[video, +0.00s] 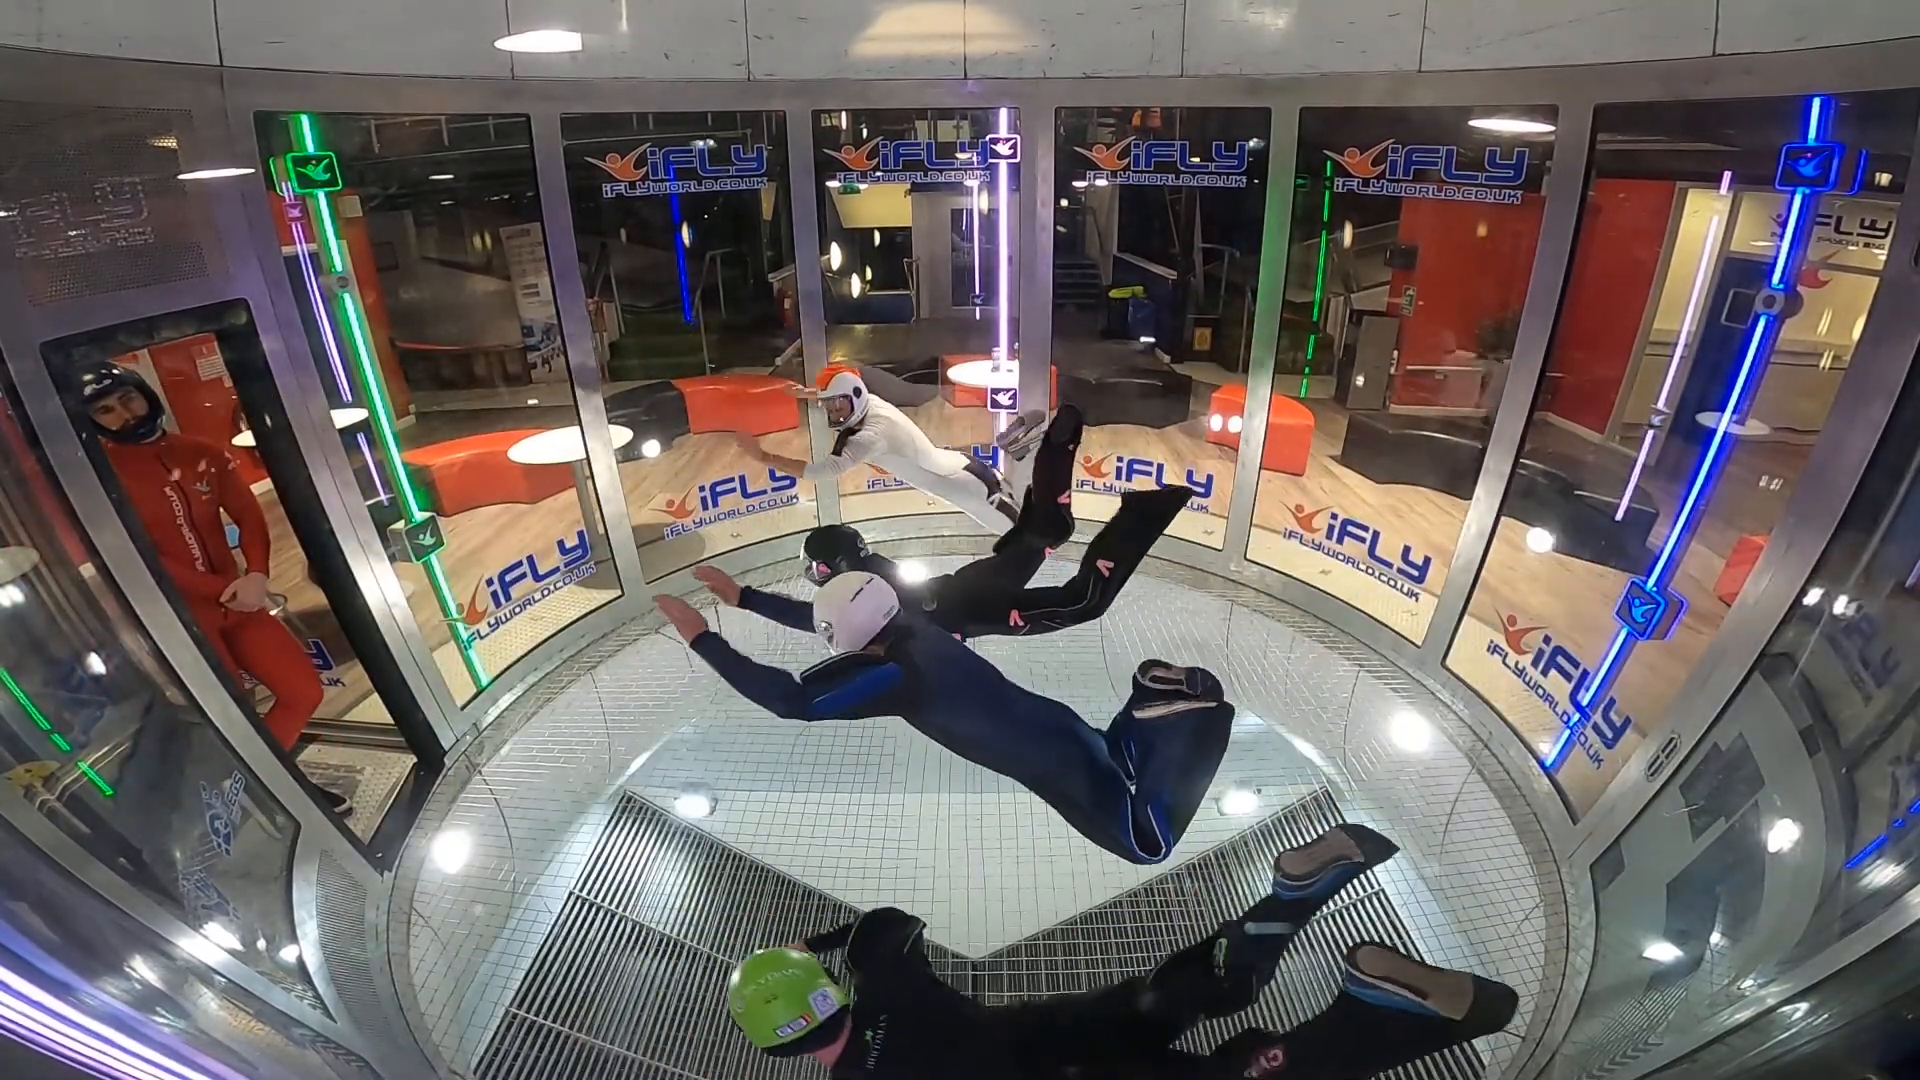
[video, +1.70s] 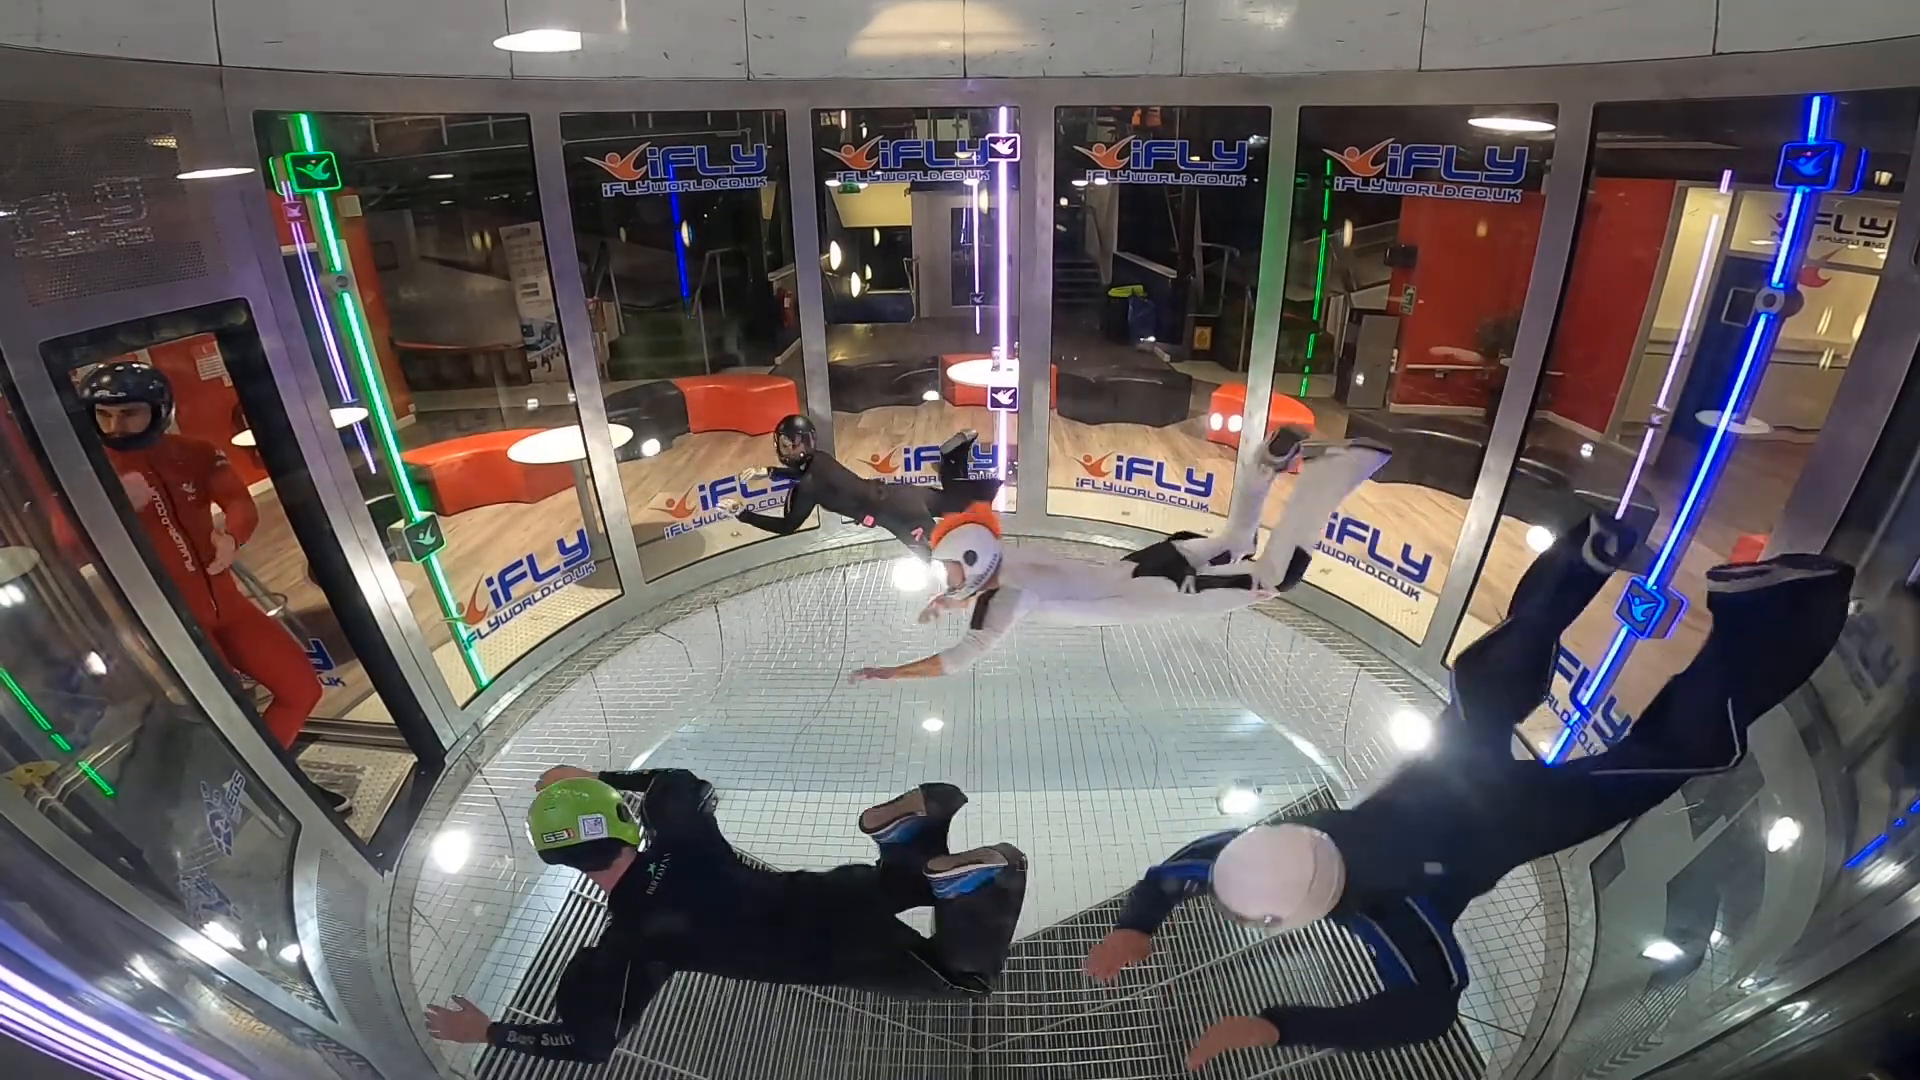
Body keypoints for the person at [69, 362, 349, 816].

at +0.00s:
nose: (126, 415)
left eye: (127, 398)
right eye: (106, 412)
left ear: (145, 394)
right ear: (91, 425)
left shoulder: (201, 454)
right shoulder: (100, 480)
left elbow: (250, 516)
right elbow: (137, 566)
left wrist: (256, 574)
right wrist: (224, 590)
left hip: (237, 603)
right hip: (184, 621)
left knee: (304, 691)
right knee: (237, 716)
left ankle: (245, 782)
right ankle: (294, 791)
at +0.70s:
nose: (112, 420)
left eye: (122, 404)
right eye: (98, 410)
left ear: (146, 402)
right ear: (85, 415)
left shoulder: (192, 455)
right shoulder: (93, 476)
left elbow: (252, 511)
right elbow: (111, 566)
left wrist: (250, 543)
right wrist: (192, 573)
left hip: (234, 603)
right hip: (181, 621)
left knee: (306, 689)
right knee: (238, 712)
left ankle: (242, 783)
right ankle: (292, 791)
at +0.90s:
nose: (119, 424)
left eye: (131, 409)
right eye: (105, 412)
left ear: (155, 408)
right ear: (91, 416)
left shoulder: (190, 454)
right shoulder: (91, 475)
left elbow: (246, 503)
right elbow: (99, 558)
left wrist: (201, 500)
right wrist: (167, 531)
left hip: (231, 607)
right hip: (181, 628)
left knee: (305, 688)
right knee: (239, 715)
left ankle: (244, 782)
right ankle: (290, 790)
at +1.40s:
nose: (118, 425)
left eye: (132, 412)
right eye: (106, 412)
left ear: (157, 413)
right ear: (91, 415)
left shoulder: (184, 453)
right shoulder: (85, 474)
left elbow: (242, 496)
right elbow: (72, 544)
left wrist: (193, 493)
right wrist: (110, 495)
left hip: (225, 608)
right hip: (173, 631)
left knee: (302, 688)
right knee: (236, 714)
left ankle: (242, 781)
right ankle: (293, 791)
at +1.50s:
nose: (117, 425)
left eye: (132, 412)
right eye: (106, 413)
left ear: (158, 412)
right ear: (92, 414)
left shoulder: (186, 455)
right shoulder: (90, 470)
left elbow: (242, 500)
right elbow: (71, 542)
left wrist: (204, 509)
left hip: (224, 607)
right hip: (172, 630)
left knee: (301, 687)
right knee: (237, 712)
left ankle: (245, 781)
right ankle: (293, 791)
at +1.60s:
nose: (116, 426)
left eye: (130, 413)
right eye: (105, 413)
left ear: (157, 413)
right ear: (92, 415)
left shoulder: (193, 456)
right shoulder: (89, 474)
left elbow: (243, 505)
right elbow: (72, 546)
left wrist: (219, 527)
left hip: (225, 607)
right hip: (169, 629)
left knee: (302, 688)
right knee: (233, 713)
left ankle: (243, 779)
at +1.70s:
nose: (116, 426)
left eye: (129, 413)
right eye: (104, 414)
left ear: (155, 412)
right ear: (90, 414)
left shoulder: (190, 455)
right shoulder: (84, 474)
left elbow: (241, 504)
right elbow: (67, 541)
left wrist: (231, 538)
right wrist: (114, 503)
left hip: (224, 605)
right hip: (168, 627)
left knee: (302, 688)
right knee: (232, 715)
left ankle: (244, 779)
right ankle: (294, 790)